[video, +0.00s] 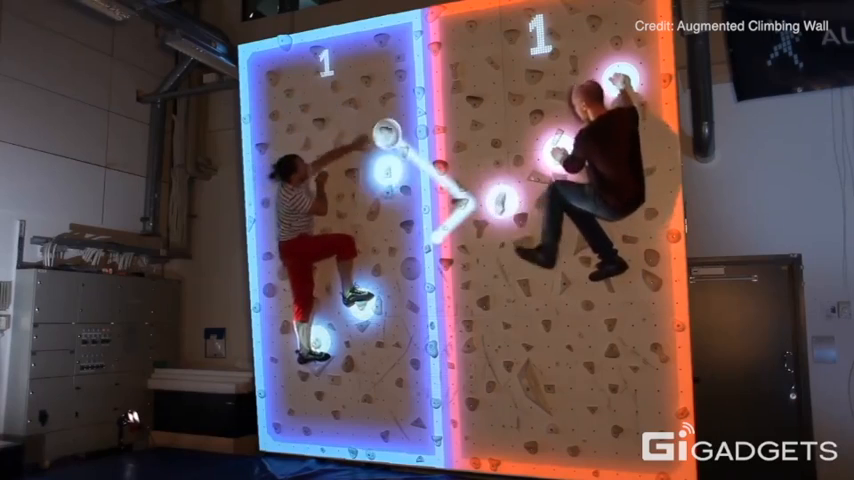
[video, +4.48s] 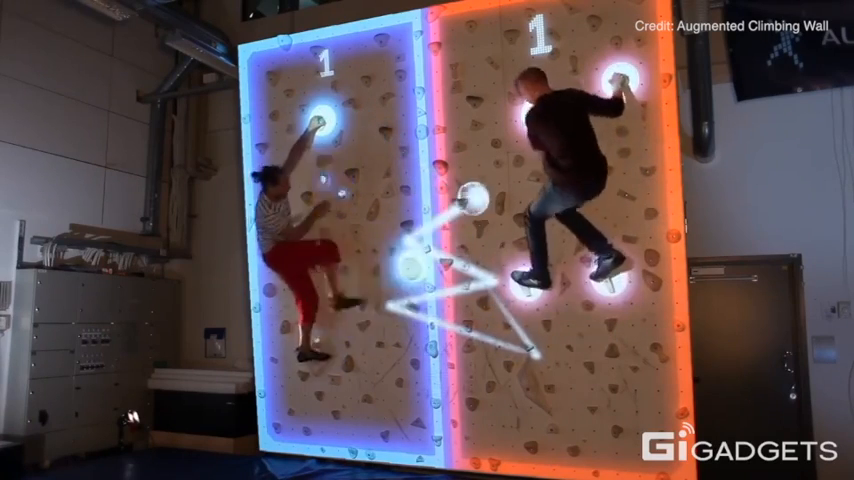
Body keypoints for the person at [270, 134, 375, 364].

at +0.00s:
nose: (307, 168)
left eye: (305, 165)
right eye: (303, 167)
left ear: (292, 174)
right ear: (294, 175)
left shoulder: (292, 183)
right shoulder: (292, 195)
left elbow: (322, 162)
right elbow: (322, 209)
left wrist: (352, 147)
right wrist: (322, 185)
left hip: (291, 247)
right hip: (299, 245)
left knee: (303, 298)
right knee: (343, 242)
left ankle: (305, 350)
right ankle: (349, 291)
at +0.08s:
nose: (306, 164)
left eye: (304, 162)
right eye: (302, 164)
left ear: (290, 171)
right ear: (294, 171)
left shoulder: (290, 183)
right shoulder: (293, 193)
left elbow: (318, 152)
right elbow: (322, 209)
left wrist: (342, 127)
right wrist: (321, 185)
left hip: (290, 246)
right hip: (300, 243)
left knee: (303, 296)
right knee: (345, 242)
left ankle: (305, 350)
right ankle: (348, 292)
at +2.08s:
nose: (283, 187)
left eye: (283, 183)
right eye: (279, 185)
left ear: (279, 181)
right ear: (269, 186)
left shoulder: (268, 195)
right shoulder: (279, 204)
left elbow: (290, 158)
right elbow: (311, 207)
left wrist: (308, 130)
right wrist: (320, 186)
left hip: (282, 254)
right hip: (291, 251)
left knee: (305, 300)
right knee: (333, 246)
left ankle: (305, 351)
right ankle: (346, 294)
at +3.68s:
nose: (302, 192)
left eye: (302, 189)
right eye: (298, 189)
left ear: (293, 186)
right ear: (287, 191)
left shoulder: (283, 195)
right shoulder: (290, 210)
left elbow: (298, 159)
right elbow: (315, 208)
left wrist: (310, 131)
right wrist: (321, 189)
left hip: (282, 256)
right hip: (285, 256)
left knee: (308, 302)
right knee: (329, 281)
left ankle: (306, 350)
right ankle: (354, 325)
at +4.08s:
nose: (296, 188)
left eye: (295, 185)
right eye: (293, 185)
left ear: (279, 187)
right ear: (281, 188)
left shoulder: (275, 198)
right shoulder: (283, 209)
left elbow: (293, 162)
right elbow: (311, 209)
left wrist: (310, 132)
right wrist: (320, 188)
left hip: (280, 256)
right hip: (286, 253)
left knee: (311, 296)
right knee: (332, 246)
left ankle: (306, 349)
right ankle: (352, 293)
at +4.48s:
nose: (288, 184)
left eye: (286, 180)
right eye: (284, 183)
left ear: (279, 182)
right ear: (273, 189)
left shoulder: (275, 189)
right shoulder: (268, 213)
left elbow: (294, 156)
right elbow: (294, 236)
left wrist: (310, 131)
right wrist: (315, 214)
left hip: (280, 252)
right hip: (280, 253)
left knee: (308, 296)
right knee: (328, 249)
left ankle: (304, 348)